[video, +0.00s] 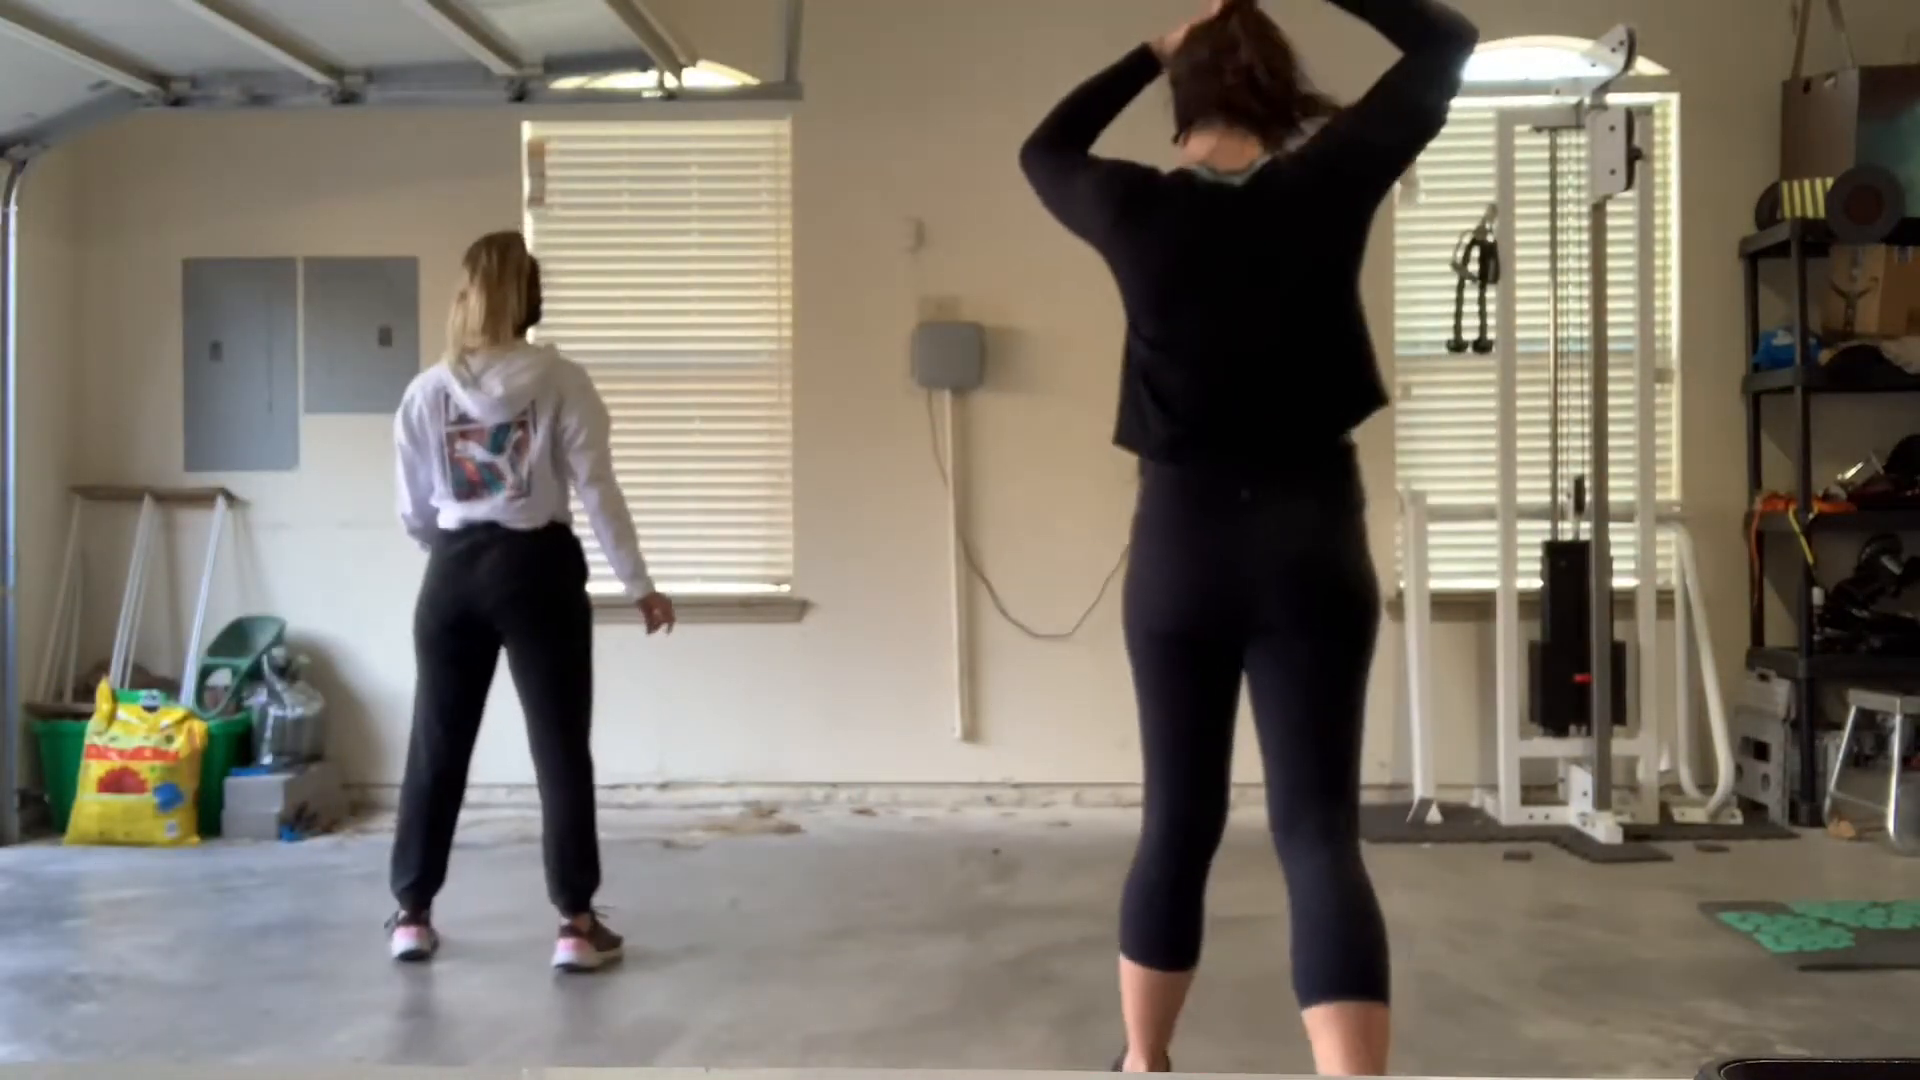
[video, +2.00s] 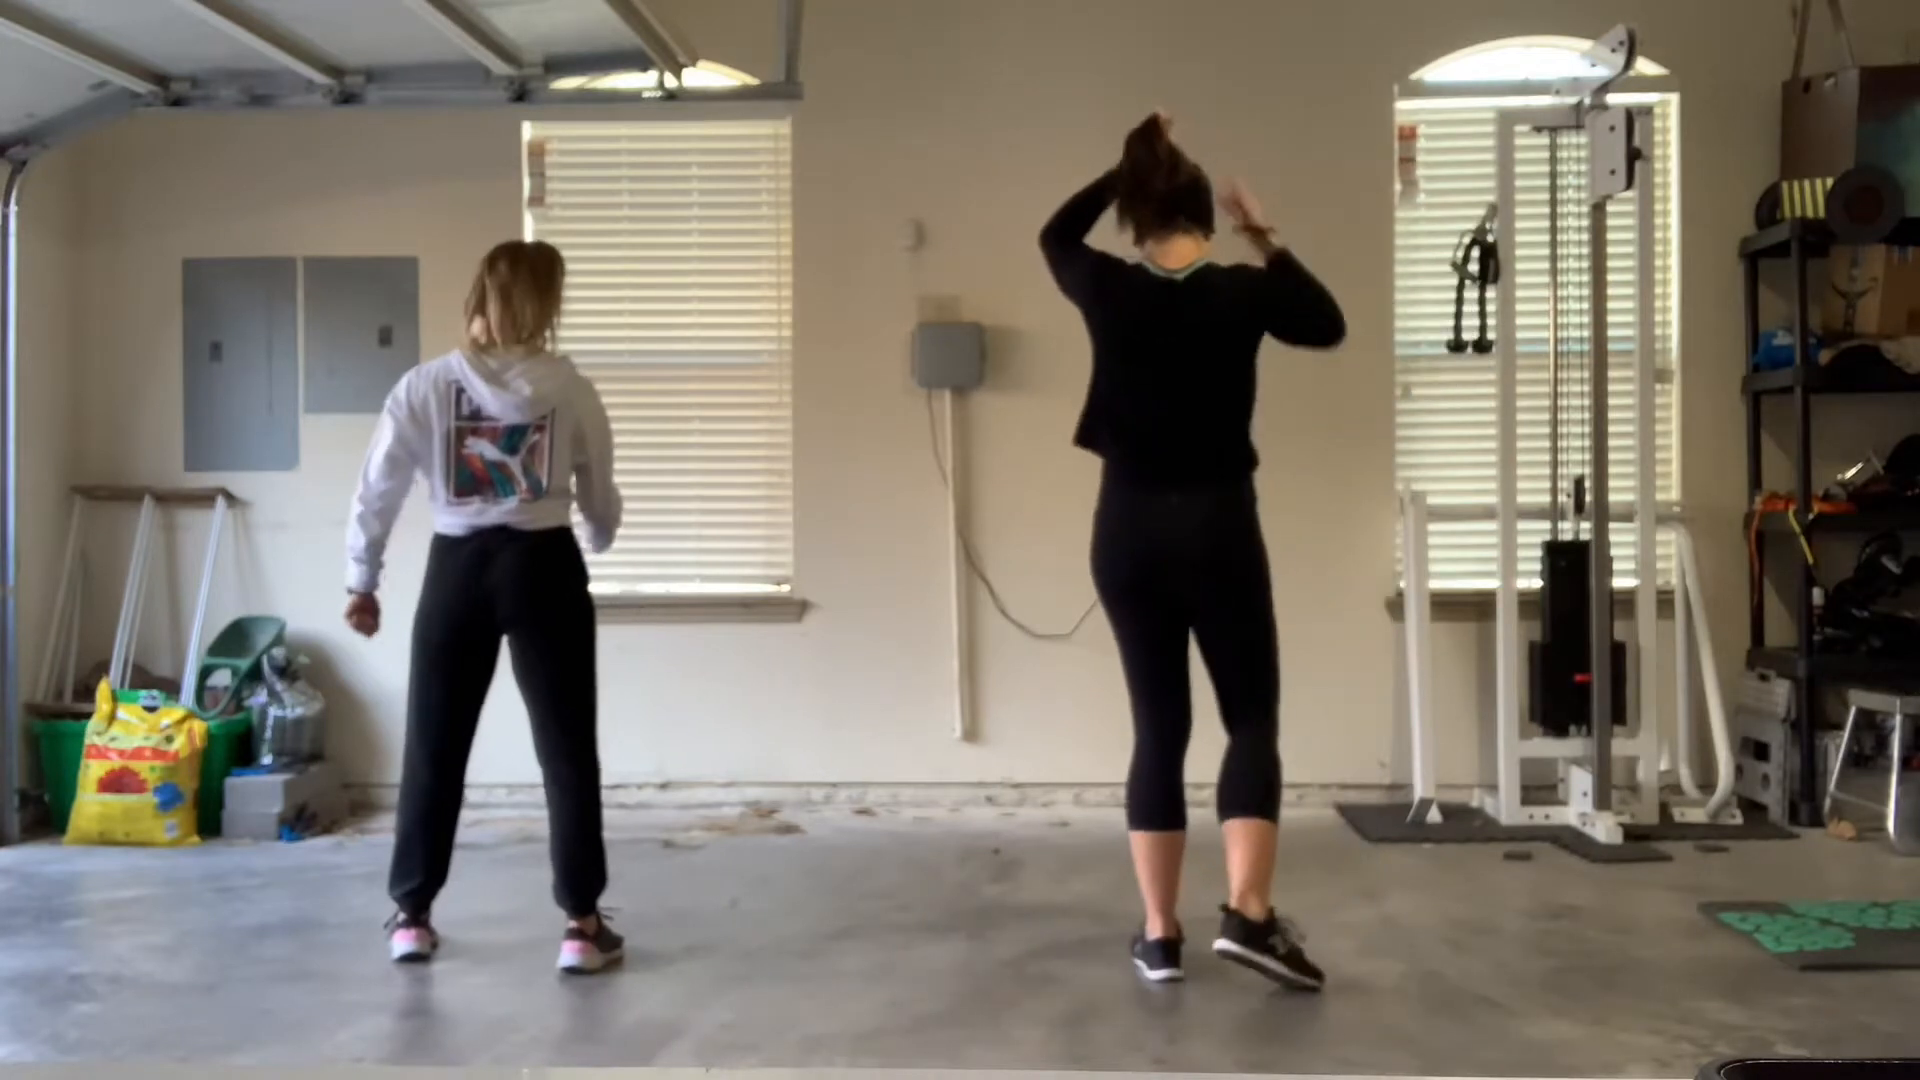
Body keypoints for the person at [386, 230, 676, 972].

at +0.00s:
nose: (538, 297)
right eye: (537, 286)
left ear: (464, 296)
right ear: (532, 296)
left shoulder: (426, 392)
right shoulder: (560, 379)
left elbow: (415, 512)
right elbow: (596, 489)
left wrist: (458, 550)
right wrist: (640, 583)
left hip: (452, 575)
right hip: (541, 572)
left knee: (436, 746)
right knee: (561, 749)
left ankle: (411, 918)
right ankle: (576, 924)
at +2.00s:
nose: (559, 313)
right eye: (558, 301)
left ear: (477, 299)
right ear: (548, 306)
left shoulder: (425, 385)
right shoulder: (570, 388)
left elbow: (378, 489)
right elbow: (601, 505)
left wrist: (361, 581)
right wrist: (594, 534)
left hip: (456, 578)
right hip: (548, 576)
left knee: (434, 747)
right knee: (568, 751)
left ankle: (411, 917)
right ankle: (582, 925)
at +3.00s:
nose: (551, 312)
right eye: (548, 300)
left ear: (472, 301)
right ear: (542, 305)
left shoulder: (421, 390)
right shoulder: (567, 389)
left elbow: (403, 516)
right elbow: (603, 503)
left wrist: (446, 556)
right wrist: (616, 589)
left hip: (451, 574)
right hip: (542, 572)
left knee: (431, 750)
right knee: (564, 753)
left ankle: (411, 918)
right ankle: (581, 927)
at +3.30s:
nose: (539, 315)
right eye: (536, 304)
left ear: (464, 309)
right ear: (534, 309)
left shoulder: (421, 392)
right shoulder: (564, 387)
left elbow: (389, 500)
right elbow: (619, 486)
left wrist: (376, 593)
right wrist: (649, 570)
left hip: (462, 580)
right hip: (555, 577)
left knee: (438, 753)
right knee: (574, 755)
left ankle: (414, 918)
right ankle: (583, 925)